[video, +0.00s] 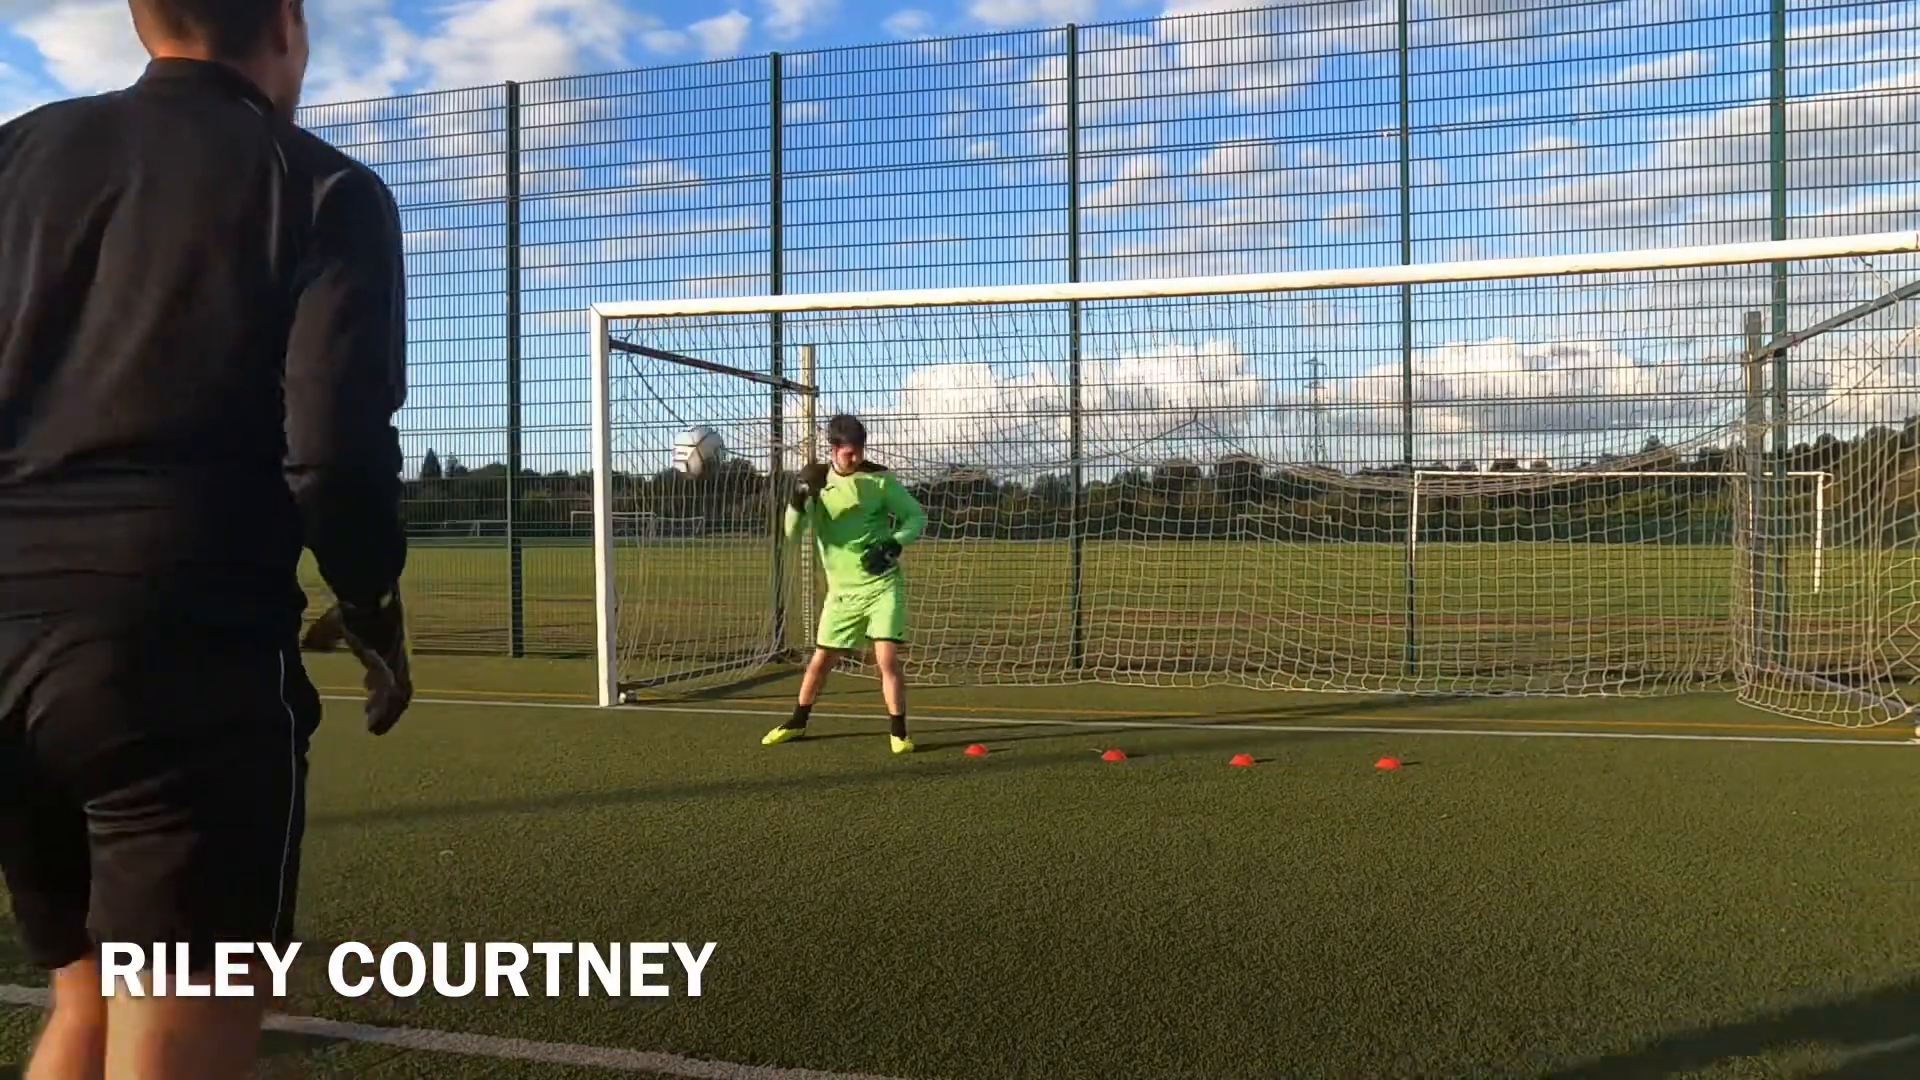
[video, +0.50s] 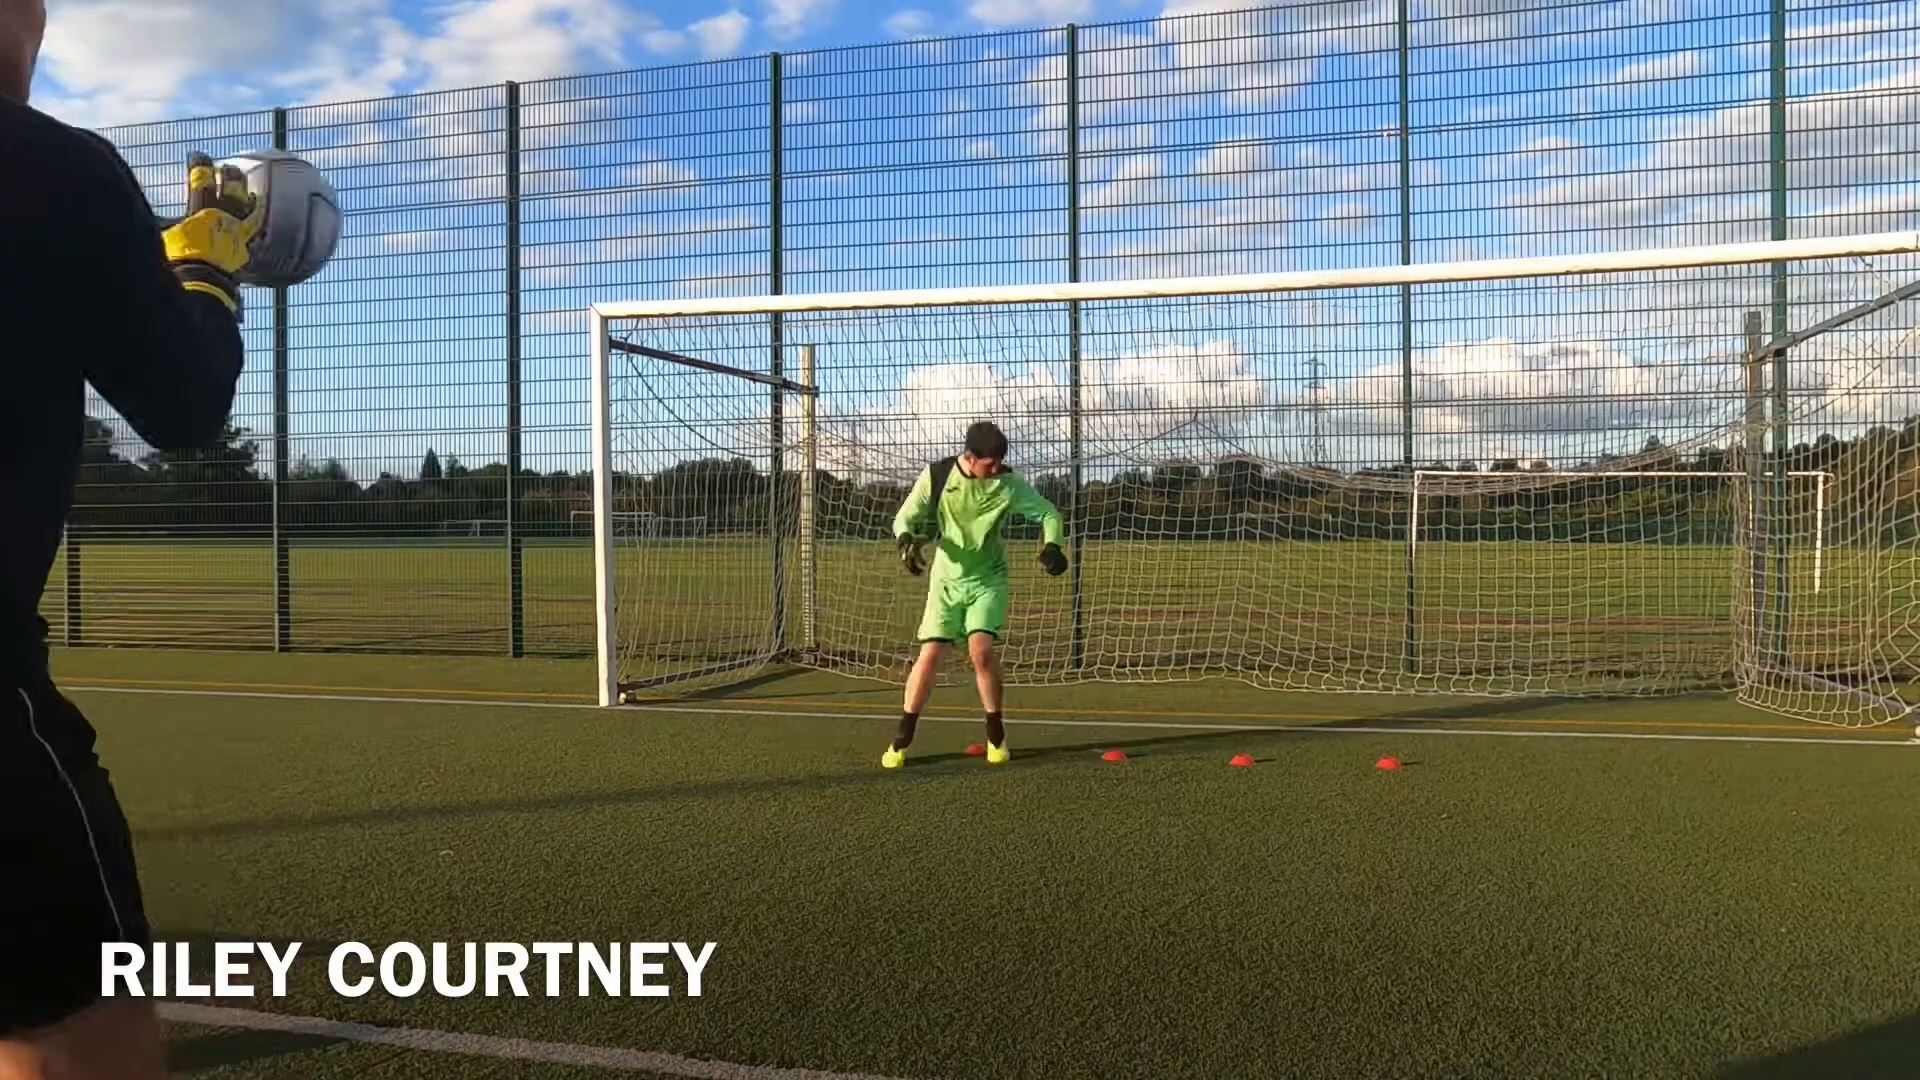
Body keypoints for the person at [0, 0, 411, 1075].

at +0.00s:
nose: (305, 48)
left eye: (301, 30)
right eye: (304, 28)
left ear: (147, 30)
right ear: (286, 23)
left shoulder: (15, 153)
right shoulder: (325, 188)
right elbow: (333, 450)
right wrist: (369, 600)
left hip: (5, 626)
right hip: (181, 635)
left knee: (83, 994)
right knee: (181, 1024)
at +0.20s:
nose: (220, 35)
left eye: (216, 17)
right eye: (219, 14)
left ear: (56, 14)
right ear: (195, 12)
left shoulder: (5, 110)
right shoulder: (248, 165)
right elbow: (334, 474)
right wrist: (330, 495)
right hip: (131, 626)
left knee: (5, 1004)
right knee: (148, 1045)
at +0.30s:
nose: (159, 36)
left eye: (157, 18)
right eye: (158, 15)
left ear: (12, 11)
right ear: (129, 12)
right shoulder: (196, 160)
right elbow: (311, 437)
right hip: (87, 647)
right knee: (137, 1049)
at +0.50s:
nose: (40, 28)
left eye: (38, 10)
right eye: (33, 9)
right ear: (11, 21)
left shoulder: (60, 174)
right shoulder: (56, 173)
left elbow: (173, 405)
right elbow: (180, 405)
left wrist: (176, 263)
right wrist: (212, 264)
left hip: (18, 680)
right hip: (11, 689)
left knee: (55, 1016)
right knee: (89, 1024)